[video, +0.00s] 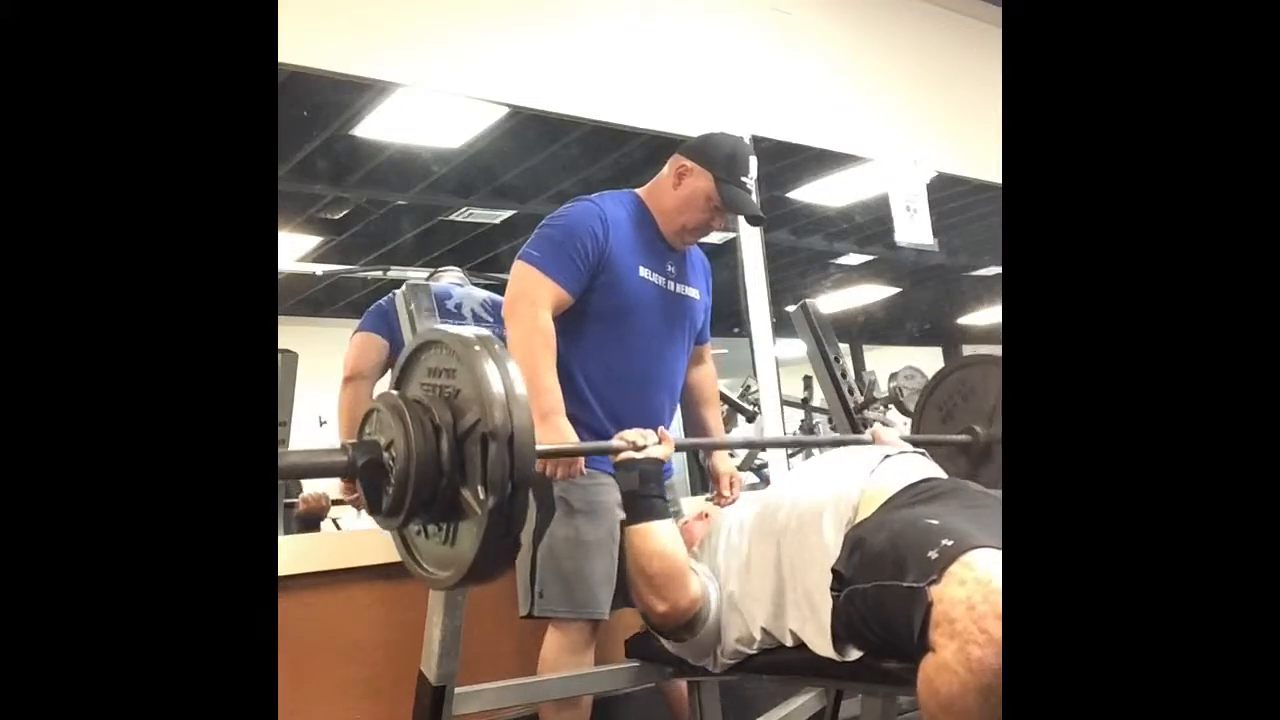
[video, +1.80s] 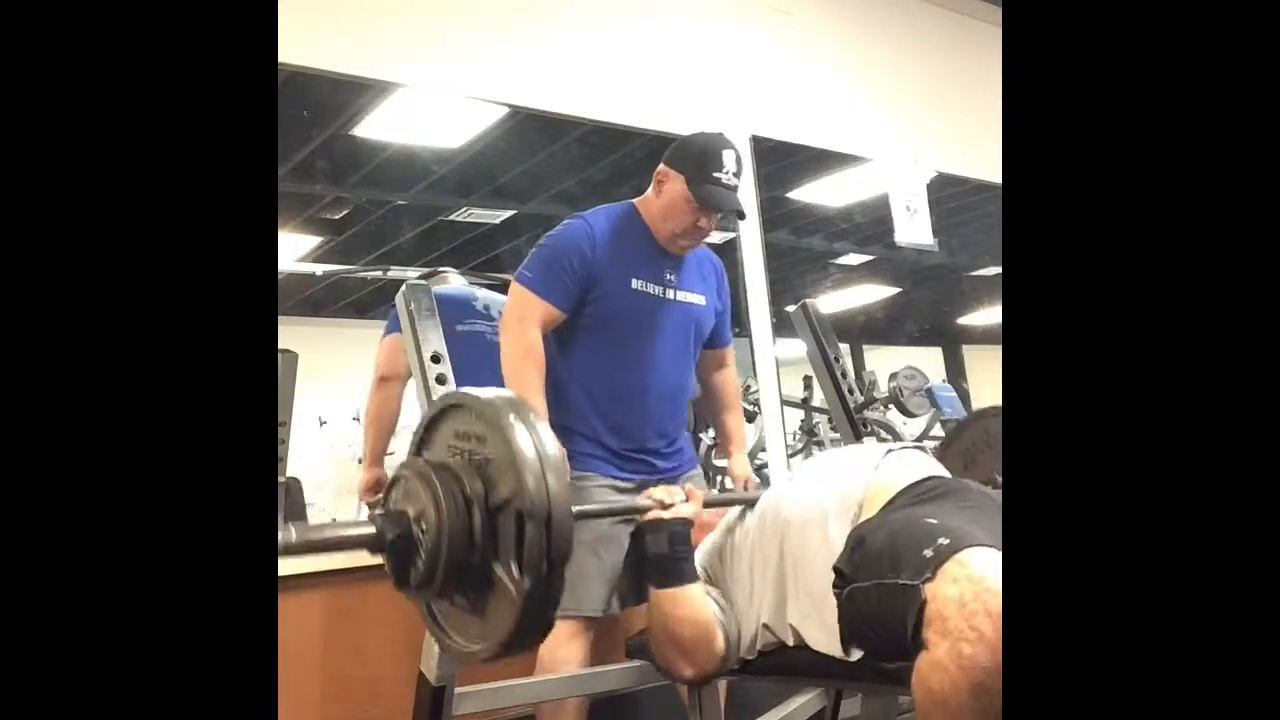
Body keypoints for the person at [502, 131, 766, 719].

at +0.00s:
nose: (721, 223)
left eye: (729, 214)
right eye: (718, 206)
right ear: (680, 173)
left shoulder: (696, 266)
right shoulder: (593, 222)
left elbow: (698, 362)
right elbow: (525, 306)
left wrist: (716, 451)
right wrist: (550, 419)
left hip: (651, 468)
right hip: (579, 461)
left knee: (640, 620)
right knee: (575, 626)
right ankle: (564, 717)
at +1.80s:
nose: (708, 224)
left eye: (720, 213)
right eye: (700, 205)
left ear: (730, 212)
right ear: (663, 182)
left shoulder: (710, 271)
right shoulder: (587, 239)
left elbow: (718, 367)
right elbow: (520, 325)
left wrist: (735, 452)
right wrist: (536, 436)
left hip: (674, 471)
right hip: (590, 468)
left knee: (685, 629)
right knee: (574, 630)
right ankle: (555, 719)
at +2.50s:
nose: (699, 224)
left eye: (709, 215)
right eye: (689, 207)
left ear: (717, 212)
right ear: (651, 182)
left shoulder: (705, 268)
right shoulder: (576, 242)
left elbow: (715, 366)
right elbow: (517, 336)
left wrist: (731, 456)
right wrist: (536, 440)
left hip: (662, 471)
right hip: (580, 469)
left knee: (658, 617)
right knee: (569, 621)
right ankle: (563, 718)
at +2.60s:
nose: (698, 225)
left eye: (708, 215)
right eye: (689, 209)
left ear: (716, 211)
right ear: (651, 184)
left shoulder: (704, 269)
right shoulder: (574, 242)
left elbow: (713, 366)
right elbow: (515, 337)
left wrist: (726, 454)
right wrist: (533, 444)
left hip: (661, 475)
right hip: (579, 472)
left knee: (649, 621)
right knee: (567, 623)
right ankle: (560, 717)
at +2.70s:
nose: (697, 226)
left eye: (707, 215)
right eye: (687, 209)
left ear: (716, 211)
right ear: (650, 185)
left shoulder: (704, 269)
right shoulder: (575, 242)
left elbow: (714, 366)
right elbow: (513, 338)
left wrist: (729, 455)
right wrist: (535, 454)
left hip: (657, 466)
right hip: (576, 465)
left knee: (630, 608)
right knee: (567, 619)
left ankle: (616, 710)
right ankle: (561, 718)